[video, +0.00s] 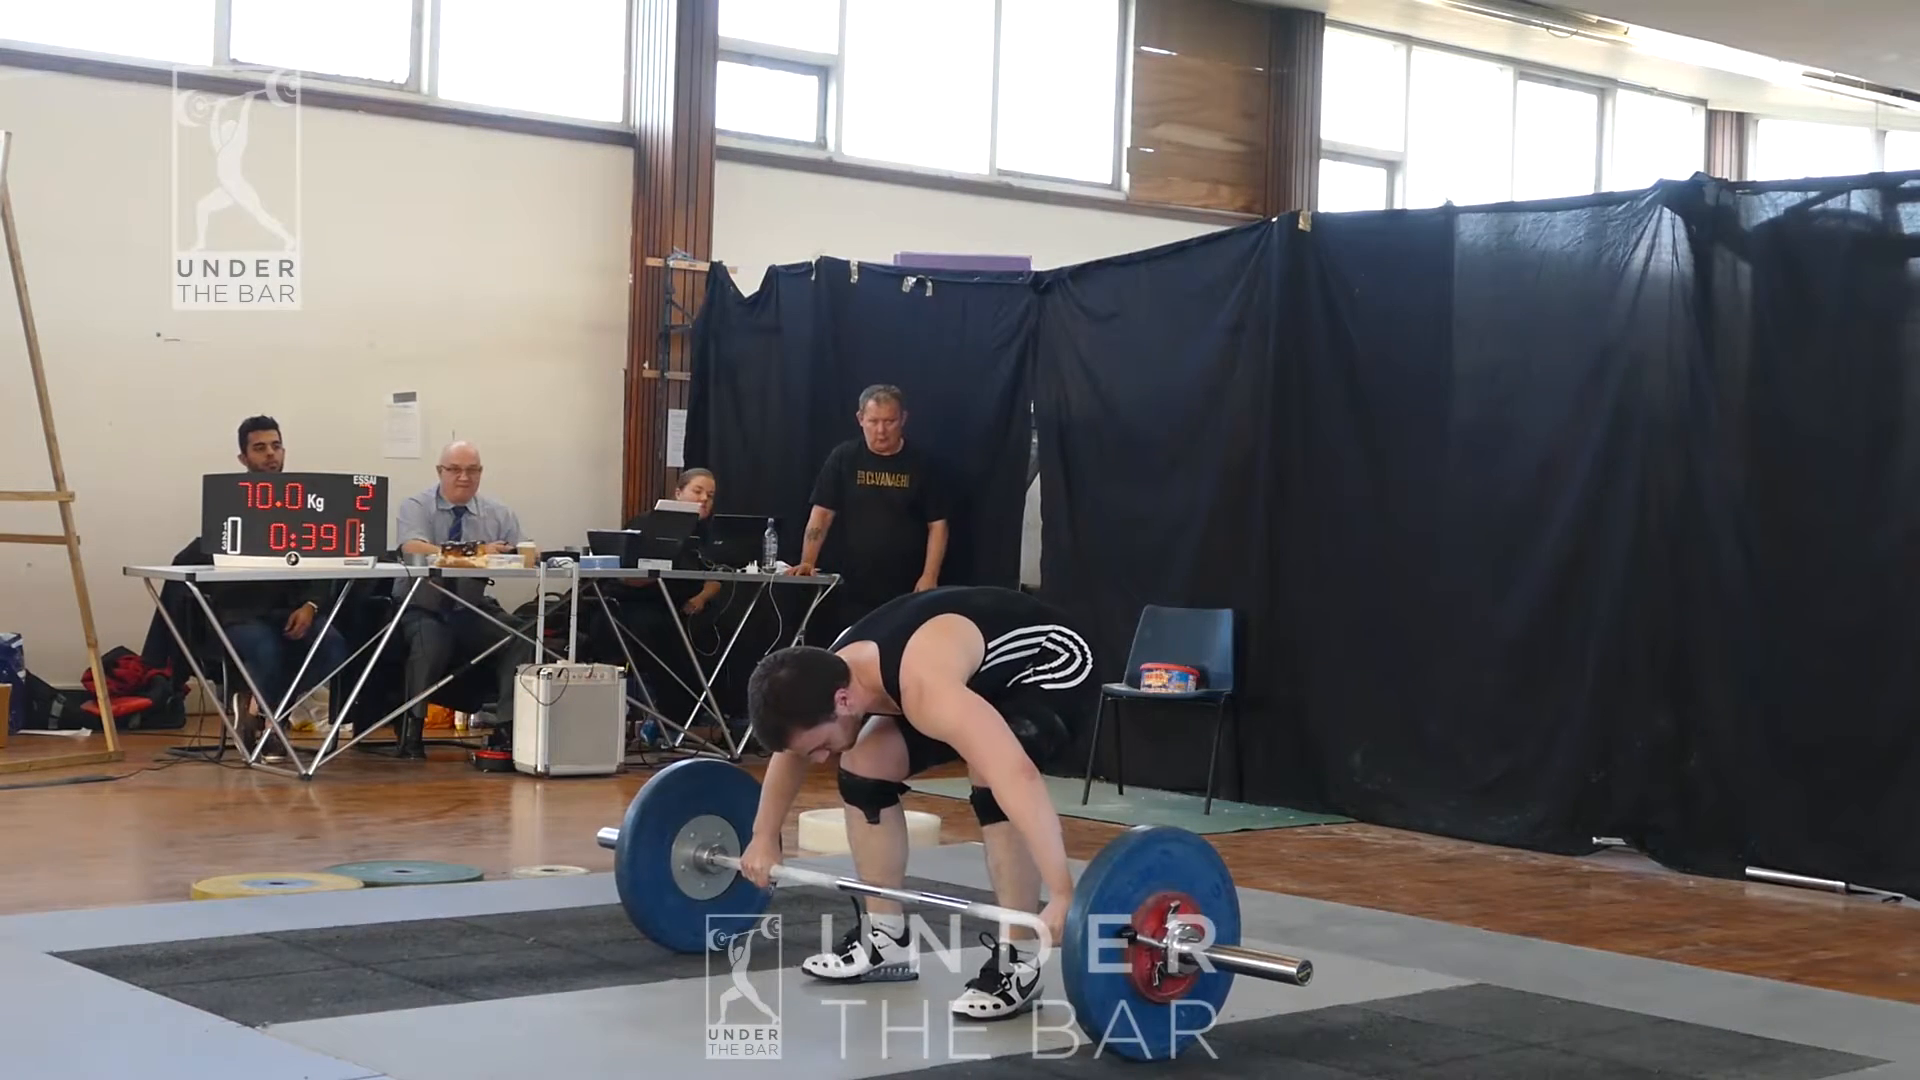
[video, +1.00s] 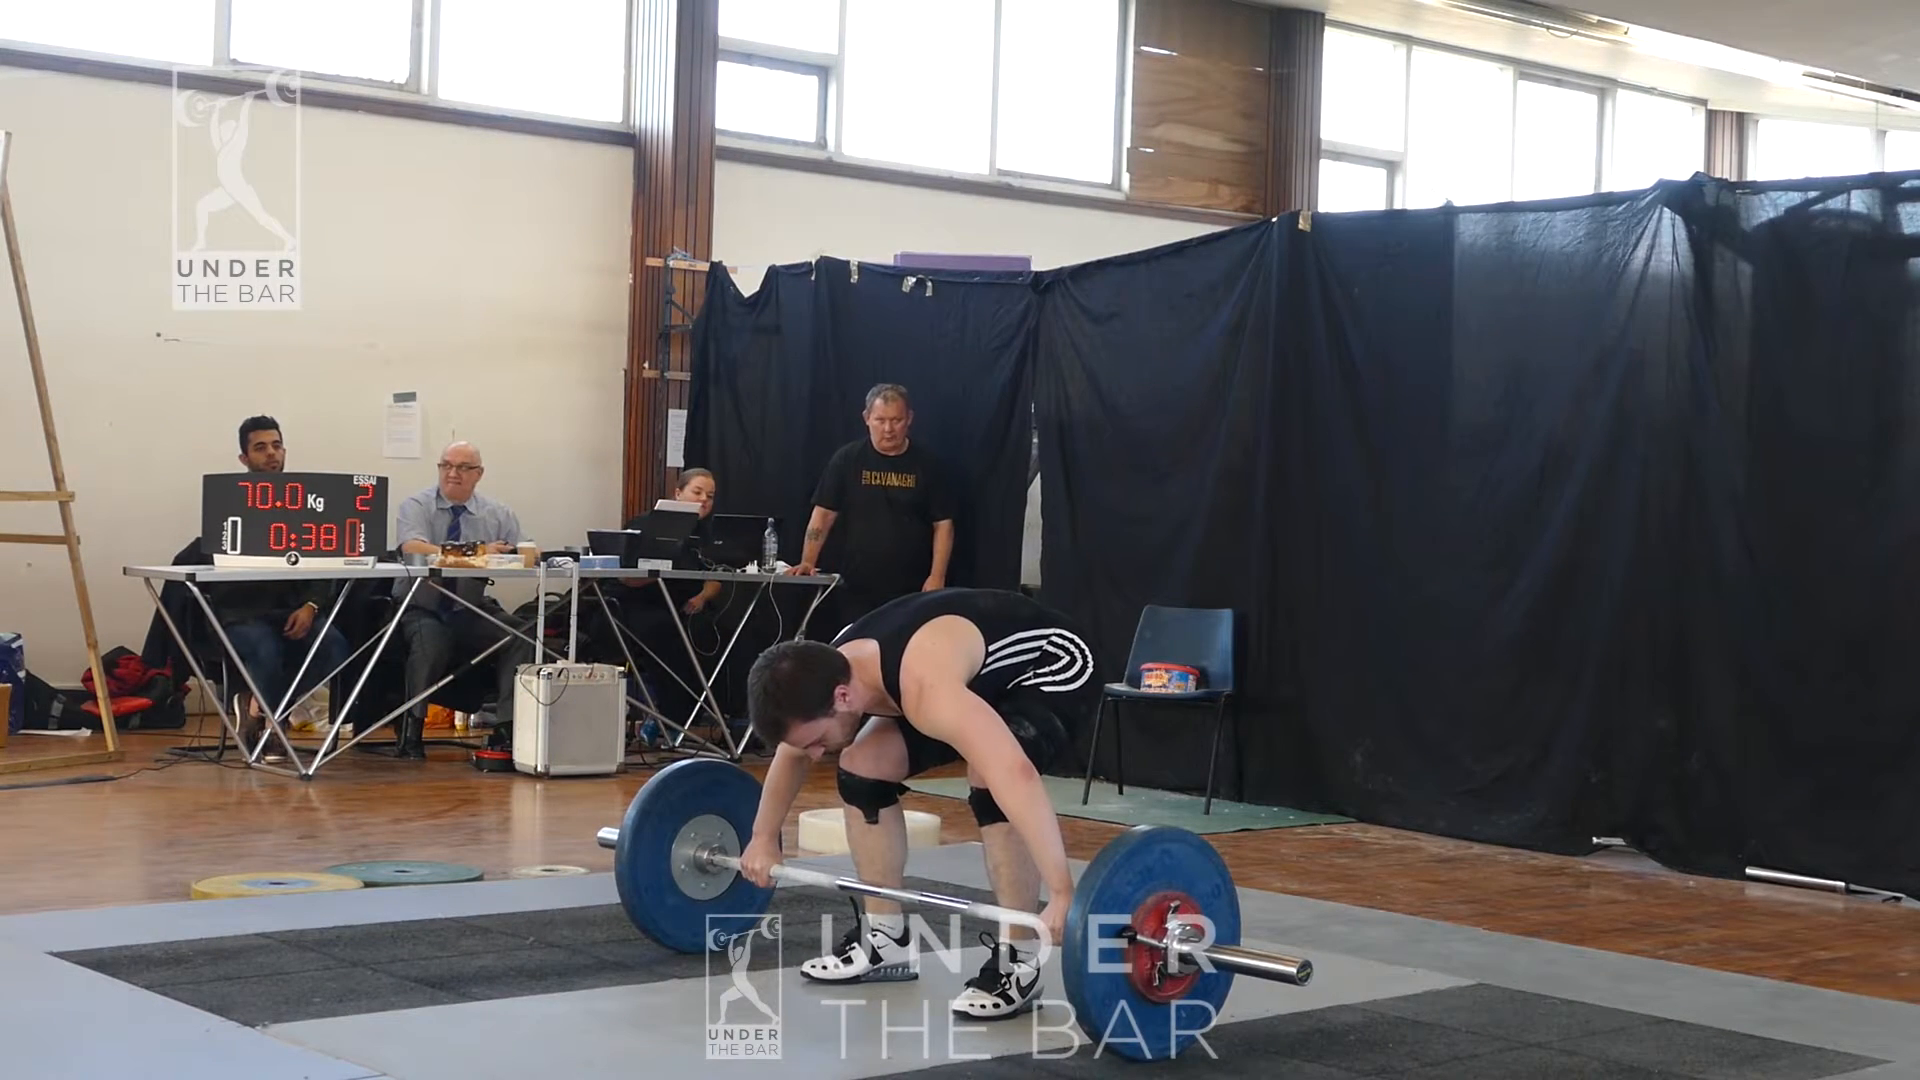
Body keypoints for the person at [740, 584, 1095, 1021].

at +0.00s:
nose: (820, 757)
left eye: (821, 745)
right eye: (804, 754)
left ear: (844, 701)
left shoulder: (931, 690)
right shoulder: (834, 671)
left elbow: (1018, 775)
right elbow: (791, 752)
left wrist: (1061, 892)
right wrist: (764, 834)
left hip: (1057, 665)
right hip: (978, 675)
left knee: (993, 783)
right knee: (864, 769)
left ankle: (1018, 962)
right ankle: (885, 943)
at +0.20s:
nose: (817, 757)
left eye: (818, 745)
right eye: (802, 753)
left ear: (842, 700)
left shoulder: (931, 692)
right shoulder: (834, 671)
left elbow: (1018, 775)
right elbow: (793, 753)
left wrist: (1062, 891)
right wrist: (764, 836)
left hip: (1057, 667)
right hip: (977, 677)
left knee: (990, 781)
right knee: (863, 770)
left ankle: (1018, 962)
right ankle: (885, 943)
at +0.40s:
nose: (815, 757)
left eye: (817, 744)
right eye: (800, 751)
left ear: (841, 699)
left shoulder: (929, 692)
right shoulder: (830, 672)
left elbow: (1017, 775)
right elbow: (792, 751)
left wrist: (1062, 890)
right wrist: (764, 834)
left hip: (1056, 668)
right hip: (976, 678)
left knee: (990, 783)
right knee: (861, 769)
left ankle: (1018, 961)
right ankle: (885, 942)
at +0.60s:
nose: (815, 756)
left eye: (817, 743)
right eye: (800, 751)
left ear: (841, 700)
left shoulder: (929, 692)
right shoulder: (830, 671)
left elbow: (1016, 774)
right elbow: (792, 751)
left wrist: (1061, 891)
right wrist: (763, 834)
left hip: (1055, 667)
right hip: (975, 678)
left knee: (989, 782)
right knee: (861, 769)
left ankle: (1018, 961)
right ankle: (885, 941)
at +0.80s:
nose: (816, 756)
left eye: (818, 743)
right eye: (801, 751)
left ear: (840, 700)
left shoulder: (929, 692)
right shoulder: (828, 673)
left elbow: (1016, 774)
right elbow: (792, 753)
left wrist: (1061, 891)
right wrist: (763, 834)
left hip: (1057, 668)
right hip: (977, 679)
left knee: (989, 781)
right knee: (861, 769)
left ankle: (1018, 961)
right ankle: (885, 941)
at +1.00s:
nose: (814, 754)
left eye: (817, 740)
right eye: (801, 747)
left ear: (843, 697)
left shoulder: (931, 690)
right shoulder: (831, 671)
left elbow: (1016, 774)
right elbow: (793, 753)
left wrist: (1061, 890)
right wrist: (763, 835)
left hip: (1056, 666)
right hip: (976, 677)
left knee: (991, 782)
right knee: (863, 768)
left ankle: (1019, 961)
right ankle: (886, 941)